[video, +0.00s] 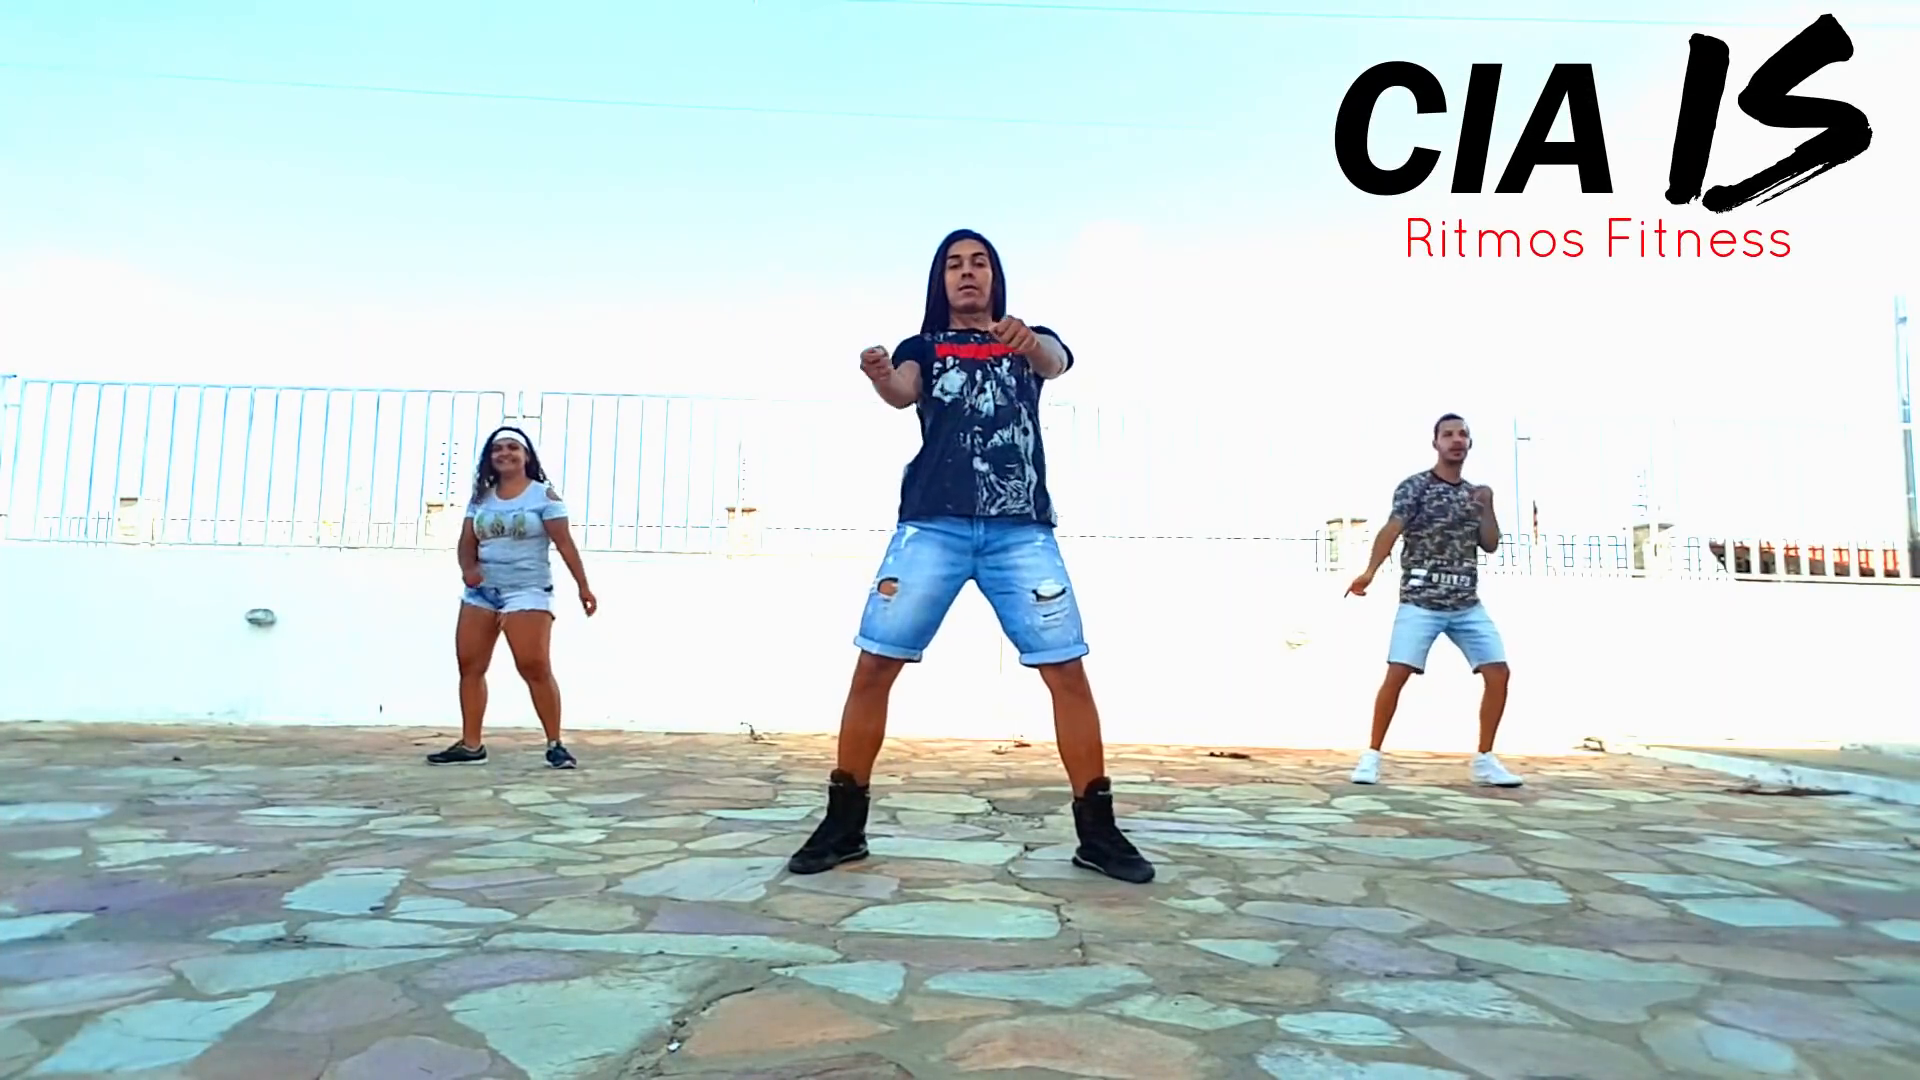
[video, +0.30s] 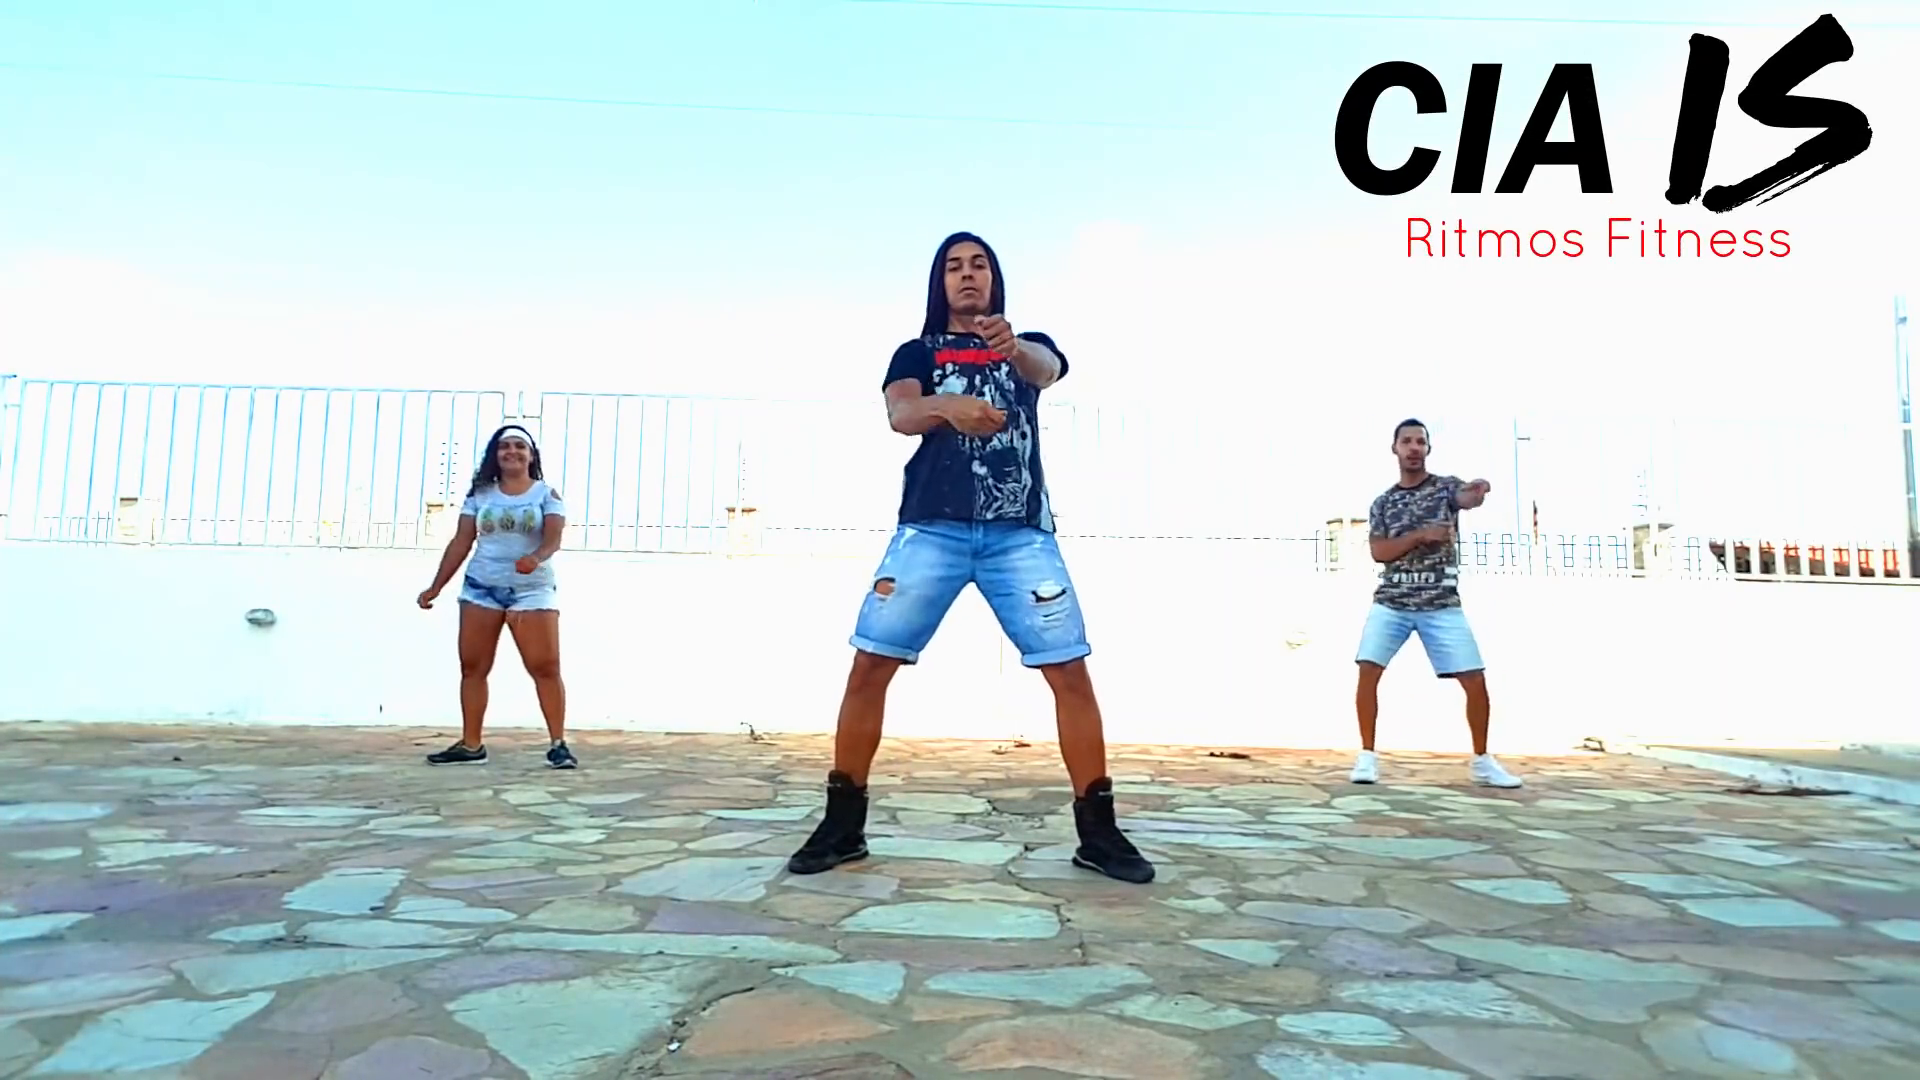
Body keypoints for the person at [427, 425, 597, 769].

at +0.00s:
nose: (505, 452)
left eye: (513, 447)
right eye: (498, 448)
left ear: (526, 456)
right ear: (490, 459)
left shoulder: (543, 494)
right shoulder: (481, 497)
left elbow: (564, 543)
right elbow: (467, 541)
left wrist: (583, 585)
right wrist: (468, 567)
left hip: (528, 590)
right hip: (481, 589)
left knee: (534, 668)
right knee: (470, 664)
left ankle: (555, 744)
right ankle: (471, 744)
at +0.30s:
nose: (512, 451)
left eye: (519, 446)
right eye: (505, 446)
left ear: (531, 455)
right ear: (494, 455)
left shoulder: (545, 493)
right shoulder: (479, 494)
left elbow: (553, 538)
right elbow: (462, 541)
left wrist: (535, 557)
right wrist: (436, 586)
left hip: (532, 590)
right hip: (481, 589)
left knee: (545, 668)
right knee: (472, 667)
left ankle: (558, 743)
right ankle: (471, 744)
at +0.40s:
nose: (514, 455)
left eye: (521, 449)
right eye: (507, 450)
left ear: (533, 458)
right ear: (497, 459)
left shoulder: (548, 496)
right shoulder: (483, 499)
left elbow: (556, 538)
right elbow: (466, 545)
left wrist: (535, 552)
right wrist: (435, 585)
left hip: (533, 590)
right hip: (482, 588)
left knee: (549, 666)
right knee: (472, 667)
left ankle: (558, 744)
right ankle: (471, 744)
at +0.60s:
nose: (521, 454)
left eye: (528, 449)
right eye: (514, 449)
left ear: (541, 458)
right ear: (504, 457)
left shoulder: (550, 493)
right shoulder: (488, 495)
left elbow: (559, 517)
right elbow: (476, 529)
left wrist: (552, 529)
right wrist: (469, 548)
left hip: (537, 585)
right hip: (490, 584)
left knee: (546, 666)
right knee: (475, 666)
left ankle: (558, 744)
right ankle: (471, 743)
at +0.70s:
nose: (521, 455)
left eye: (529, 450)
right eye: (515, 450)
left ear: (543, 458)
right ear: (507, 457)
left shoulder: (552, 494)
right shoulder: (491, 494)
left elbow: (560, 516)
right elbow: (477, 528)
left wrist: (552, 525)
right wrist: (472, 538)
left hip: (538, 585)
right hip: (492, 585)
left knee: (548, 666)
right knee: (478, 667)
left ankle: (559, 744)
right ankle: (471, 743)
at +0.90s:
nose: (519, 461)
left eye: (527, 455)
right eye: (514, 456)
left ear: (544, 461)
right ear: (508, 463)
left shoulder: (560, 496)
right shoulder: (500, 499)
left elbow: (560, 519)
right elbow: (485, 527)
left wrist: (541, 524)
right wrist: (475, 542)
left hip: (541, 591)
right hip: (491, 588)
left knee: (554, 669)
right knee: (476, 667)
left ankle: (558, 744)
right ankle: (471, 744)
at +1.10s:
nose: (525, 457)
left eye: (533, 452)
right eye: (519, 452)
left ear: (549, 460)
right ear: (512, 459)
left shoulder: (559, 495)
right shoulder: (497, 490)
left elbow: (563, 515)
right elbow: (486, 515)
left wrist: (551, 518)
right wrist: (478, 530)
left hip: (544, 585)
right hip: (497, 585)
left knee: (552, 666)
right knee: (477, 665)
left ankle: (560, 744)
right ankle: (471, 743)